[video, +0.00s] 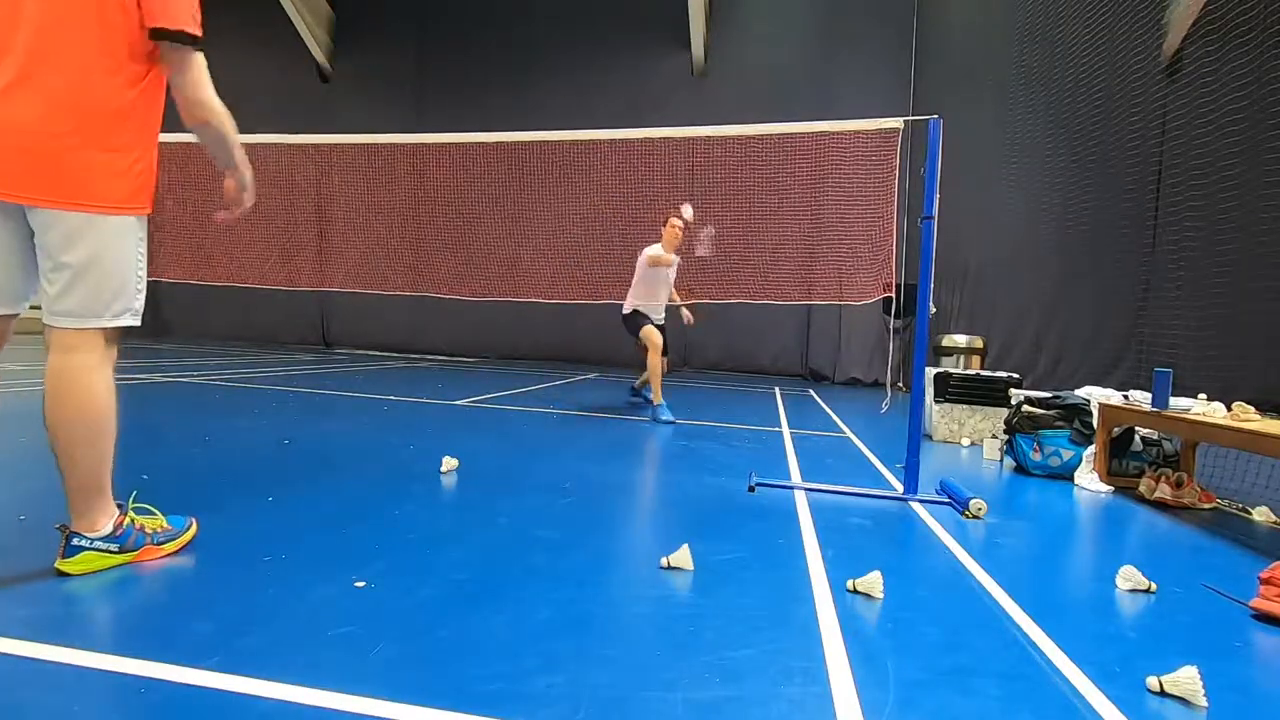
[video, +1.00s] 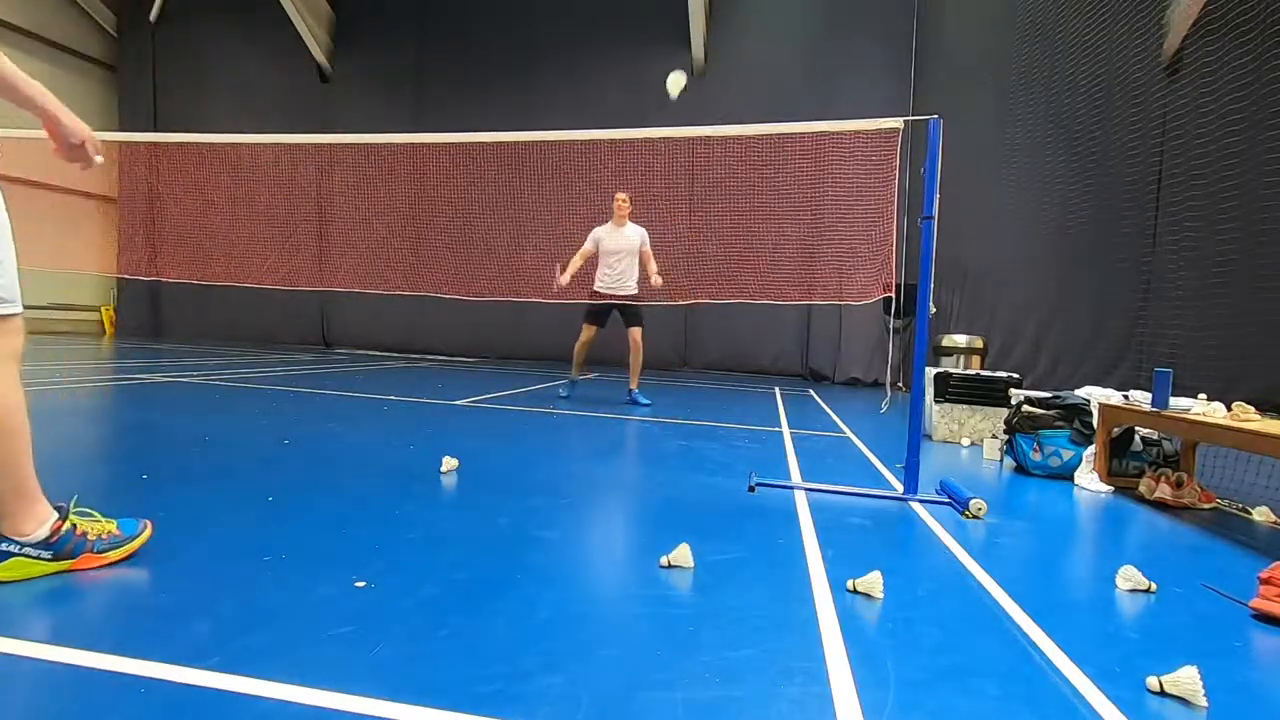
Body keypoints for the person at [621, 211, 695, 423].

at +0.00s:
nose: (676, 232)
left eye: (680, 229)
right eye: (672, 227)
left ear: (683, 235)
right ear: (663, 230)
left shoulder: (674, 261)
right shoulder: (651, 251)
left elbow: (668, 287)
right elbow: (651, 260)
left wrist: (681, 307)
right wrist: (672, 260)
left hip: (658, 316)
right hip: (636, 311)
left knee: (661, 366)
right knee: (656, 341)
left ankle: (638, 386)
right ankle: (658, 403)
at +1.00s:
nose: (621, 204)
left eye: (625, 202)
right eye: (618, 201)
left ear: (630, 208)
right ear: (612, 205)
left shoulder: (640, 233)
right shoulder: (599, 233)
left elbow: (649, 260)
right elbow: (580, 256)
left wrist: (653, 275)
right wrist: (567, 274)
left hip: (629, 295)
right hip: (602, 293)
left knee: (636, 340)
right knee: (585, 339)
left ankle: (633, 390)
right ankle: (573, 380)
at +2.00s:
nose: (642, 217)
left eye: (646, 214)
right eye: (639, 213)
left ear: (651, 220)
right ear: (633, 217)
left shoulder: (653, 248)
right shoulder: (617, 241)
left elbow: (657, 276)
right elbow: (603, 269)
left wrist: (667, 295)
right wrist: (607, 295)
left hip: (639, 302)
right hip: (617, 300)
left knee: (648, 350)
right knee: (624, 338)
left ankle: (632, 389)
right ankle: (612, 387)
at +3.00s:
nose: (669, 230)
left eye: (672, 228)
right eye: (664, 226)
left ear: (674, 233)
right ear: (654, 229)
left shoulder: (666, 258)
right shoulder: (639, 253)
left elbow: (653, 286)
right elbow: (625, 277)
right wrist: (627, 287)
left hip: (646, 312)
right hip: (623, 307)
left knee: (656, 367)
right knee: (639, 339)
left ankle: (630, 381)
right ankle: (640, 403)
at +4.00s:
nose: (590, 210)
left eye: (594, 207)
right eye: (587, 207)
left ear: (600, 212)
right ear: (583, 210)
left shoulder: (610, 235)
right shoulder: (572, 235)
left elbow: (621, 258)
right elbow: (562, 264)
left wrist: (617, 279)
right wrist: (558, 290)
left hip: (603, 293)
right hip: (577, 293)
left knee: (615, 333)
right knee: (568, 335)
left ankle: (623, 382)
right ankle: (562, 380)